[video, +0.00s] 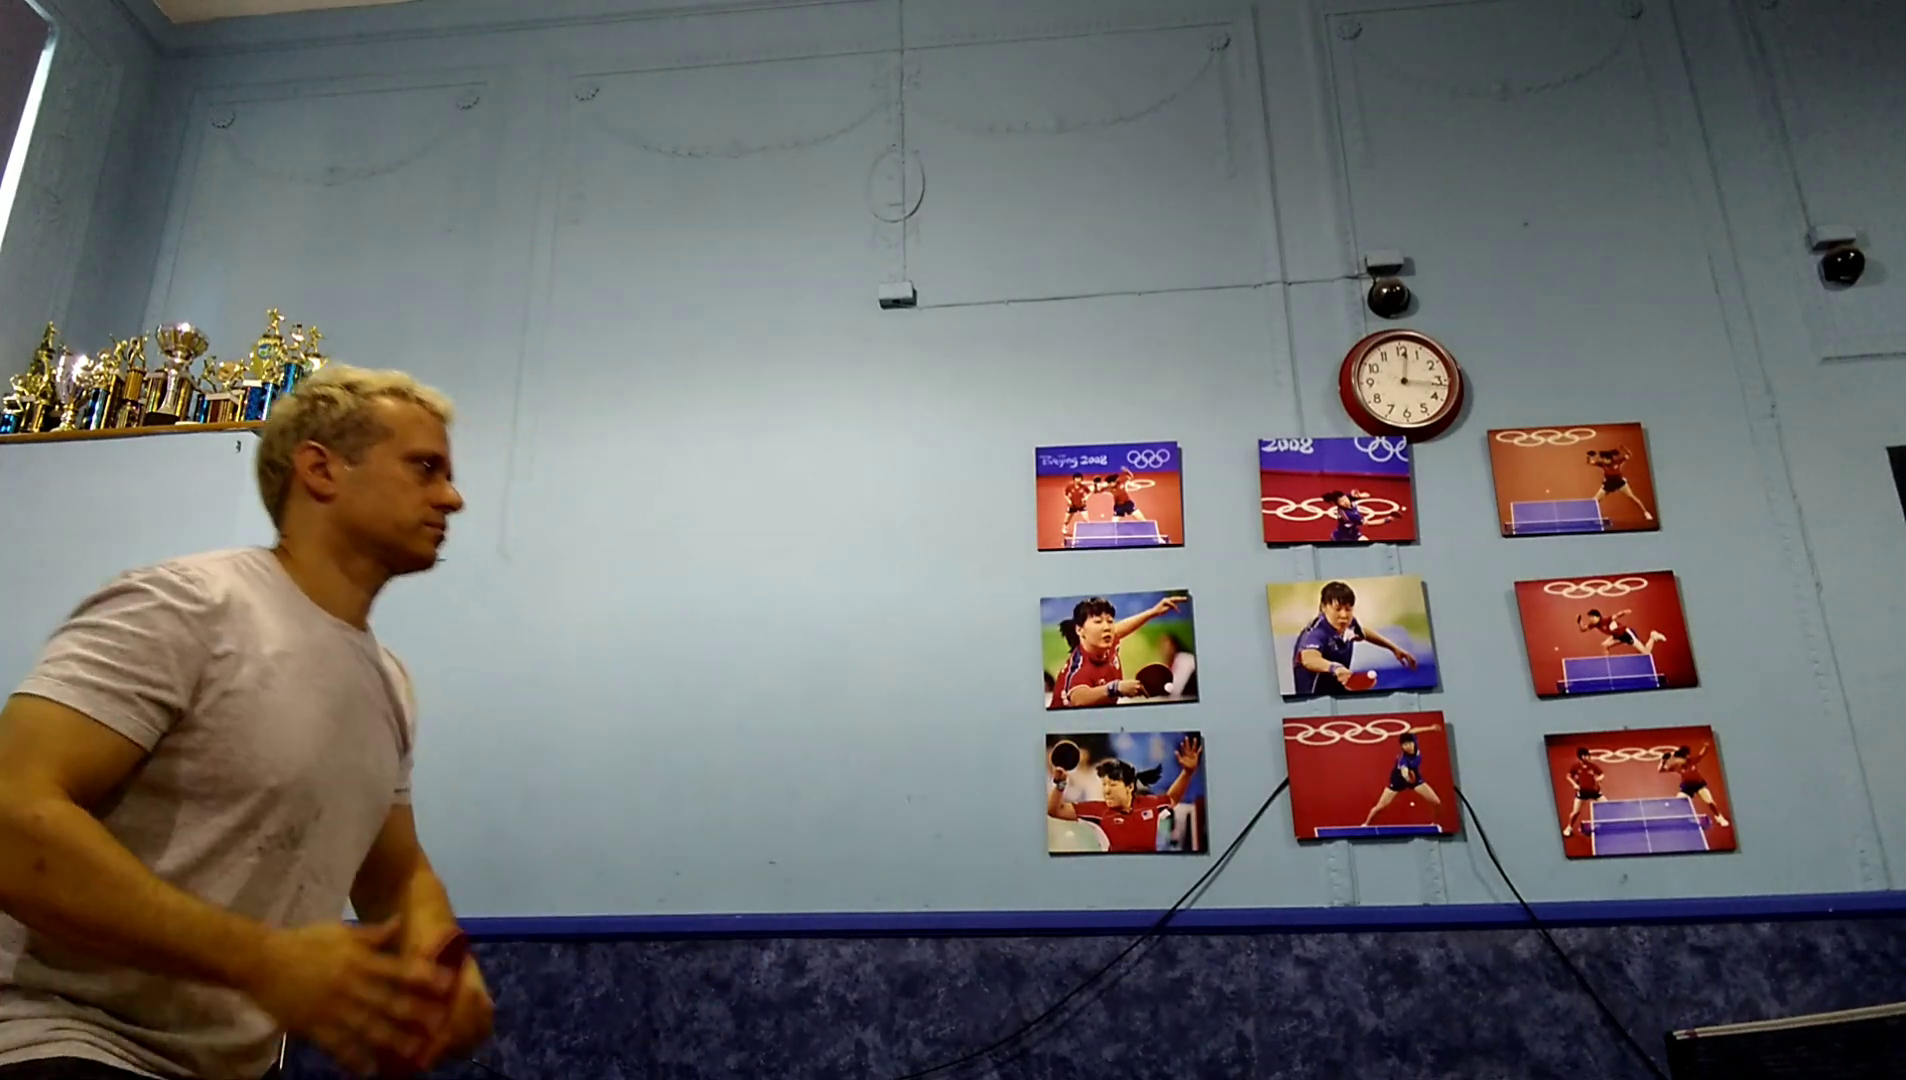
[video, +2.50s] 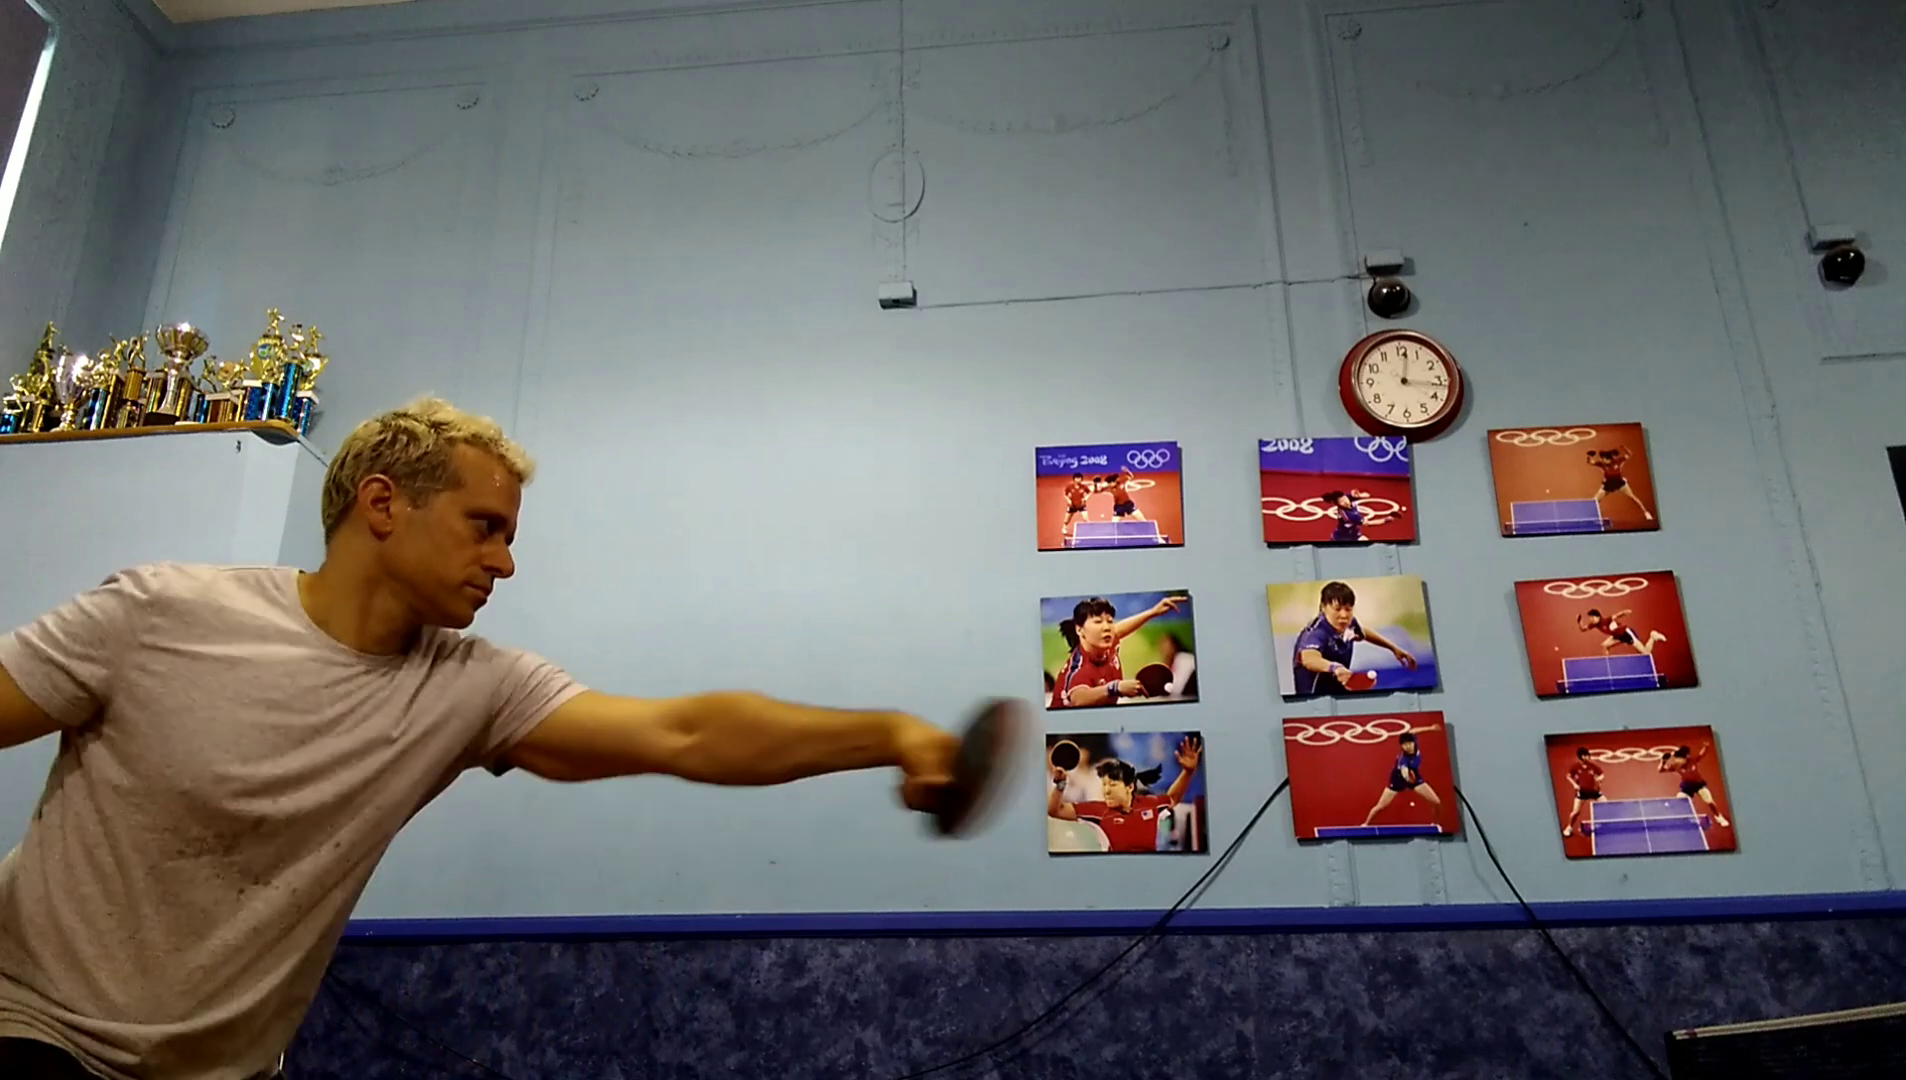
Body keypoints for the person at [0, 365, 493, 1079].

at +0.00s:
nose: (452, 498)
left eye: (447, 477)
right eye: (425, 468)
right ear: (319, 470)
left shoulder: (386, 685)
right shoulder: (186, 604)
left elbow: (397, 877)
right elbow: (14, 813)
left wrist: (431, 955)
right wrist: (266, 962)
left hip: (244, 1058)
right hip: (75, 1029)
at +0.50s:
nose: (440, 476)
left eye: (432, 456)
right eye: (409, 450)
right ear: (302, 465)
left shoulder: (383, 678)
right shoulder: (178, 611)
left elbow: (367, 871)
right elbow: (13, 832)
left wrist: (400, 992)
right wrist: (275, 973)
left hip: (239, 1059)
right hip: (78, 1032)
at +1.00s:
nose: (500, 567)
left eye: (494, 544)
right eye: (473, 537)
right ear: (368, 540)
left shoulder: (415, 740)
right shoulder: (231, 668)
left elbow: (405, 918)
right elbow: (30, 882)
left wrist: (449, 1017)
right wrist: (270, 1043)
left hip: (222, 1064)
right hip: (65, 1054)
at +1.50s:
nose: (493, 571)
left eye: (497, 546)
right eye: (471, 537)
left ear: (385, 534)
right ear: (363, 522)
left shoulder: (469, 697)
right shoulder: (156, 640)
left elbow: (685, 727)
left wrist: (898, 731)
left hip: (229, 1067)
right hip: (45, 1027)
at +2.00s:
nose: (502, 569)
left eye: (499, 542)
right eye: (479, 536)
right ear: (373, 527)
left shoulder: (397, 726)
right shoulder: (215, 645)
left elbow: (336, 903)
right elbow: (2, 801)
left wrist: (350, 1051)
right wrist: (163, 1023)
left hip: (226, 1065)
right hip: (55, 1048)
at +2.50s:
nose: (503, 563)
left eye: (509, 538)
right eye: (484, 529)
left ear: (419, 528)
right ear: (377, 507)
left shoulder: (471, 687)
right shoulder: (158, 610)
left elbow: (683, 733)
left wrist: (893, 737)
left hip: (221, 1068)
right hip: (35, 1022)